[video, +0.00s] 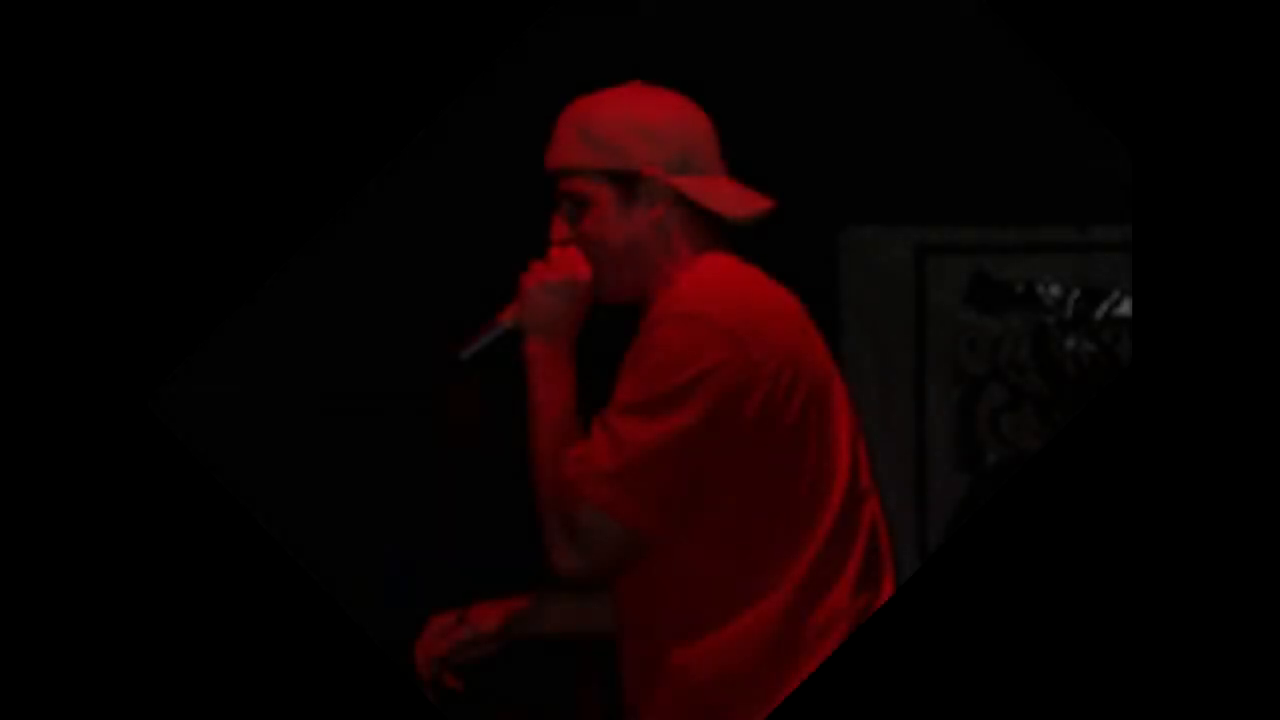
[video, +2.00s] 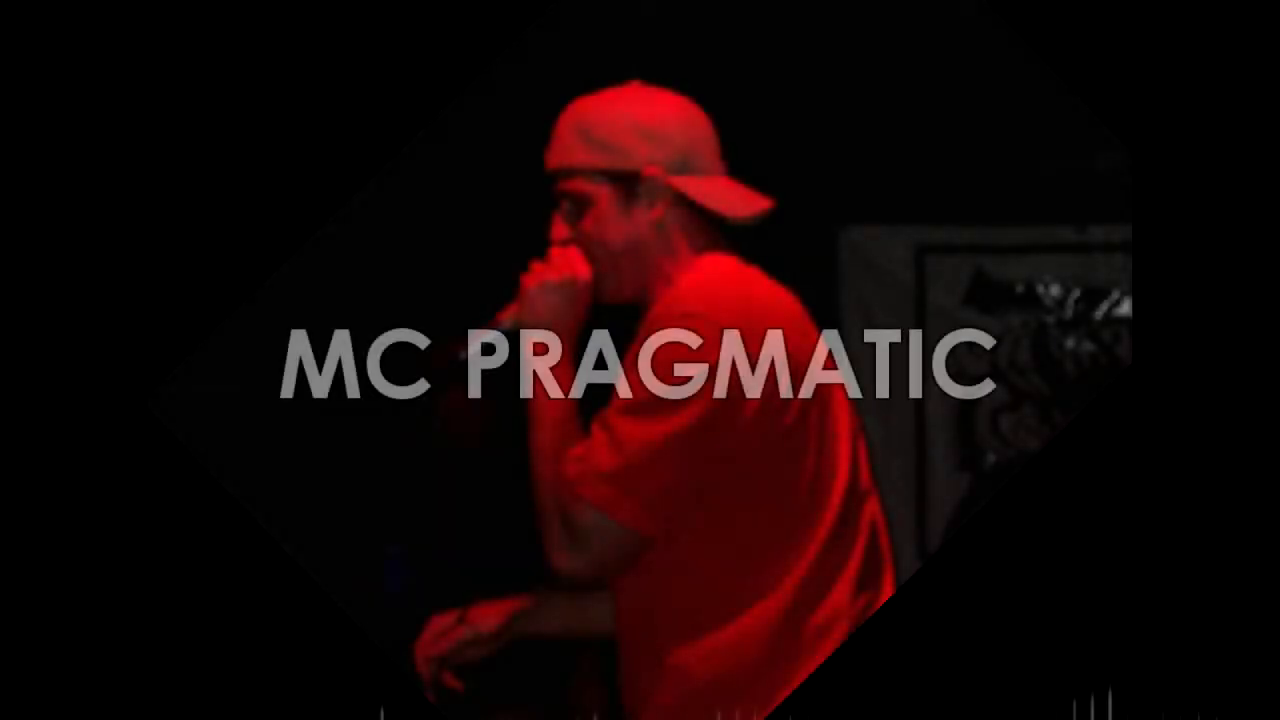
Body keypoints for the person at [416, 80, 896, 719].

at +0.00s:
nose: (559, 234)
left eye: (577, 207)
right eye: (559, 208)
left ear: (654, 203)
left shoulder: (704, 317)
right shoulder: (741, 305)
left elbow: (578, 541)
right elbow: (698, 578)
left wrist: (547, 345)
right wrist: (518, 624)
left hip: (737, 696)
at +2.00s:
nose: (559, 234)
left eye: (577, 206)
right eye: (559, 209)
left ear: (653, 200)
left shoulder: (705, 315)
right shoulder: (750, 305)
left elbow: (578, 542)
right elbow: (701, 576)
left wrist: (546, 348)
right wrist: (520, 621)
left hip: (731, 700)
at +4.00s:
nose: (559, 233)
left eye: (576, 206)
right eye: (559, 209)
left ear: (652, 199)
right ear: (649, 200)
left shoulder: (706, 314)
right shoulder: (746, 303)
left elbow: (577, 544)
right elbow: (700, 580)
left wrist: (546, 348)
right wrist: (520, 619)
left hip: (736, 704)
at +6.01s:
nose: (560, 233)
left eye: (577, 207)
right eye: (560, 209)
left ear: (653, 198)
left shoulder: (706, 314)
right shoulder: (744, 303)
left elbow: (577, 544)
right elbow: (696, 579)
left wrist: (545, 347)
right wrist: (518, 620)